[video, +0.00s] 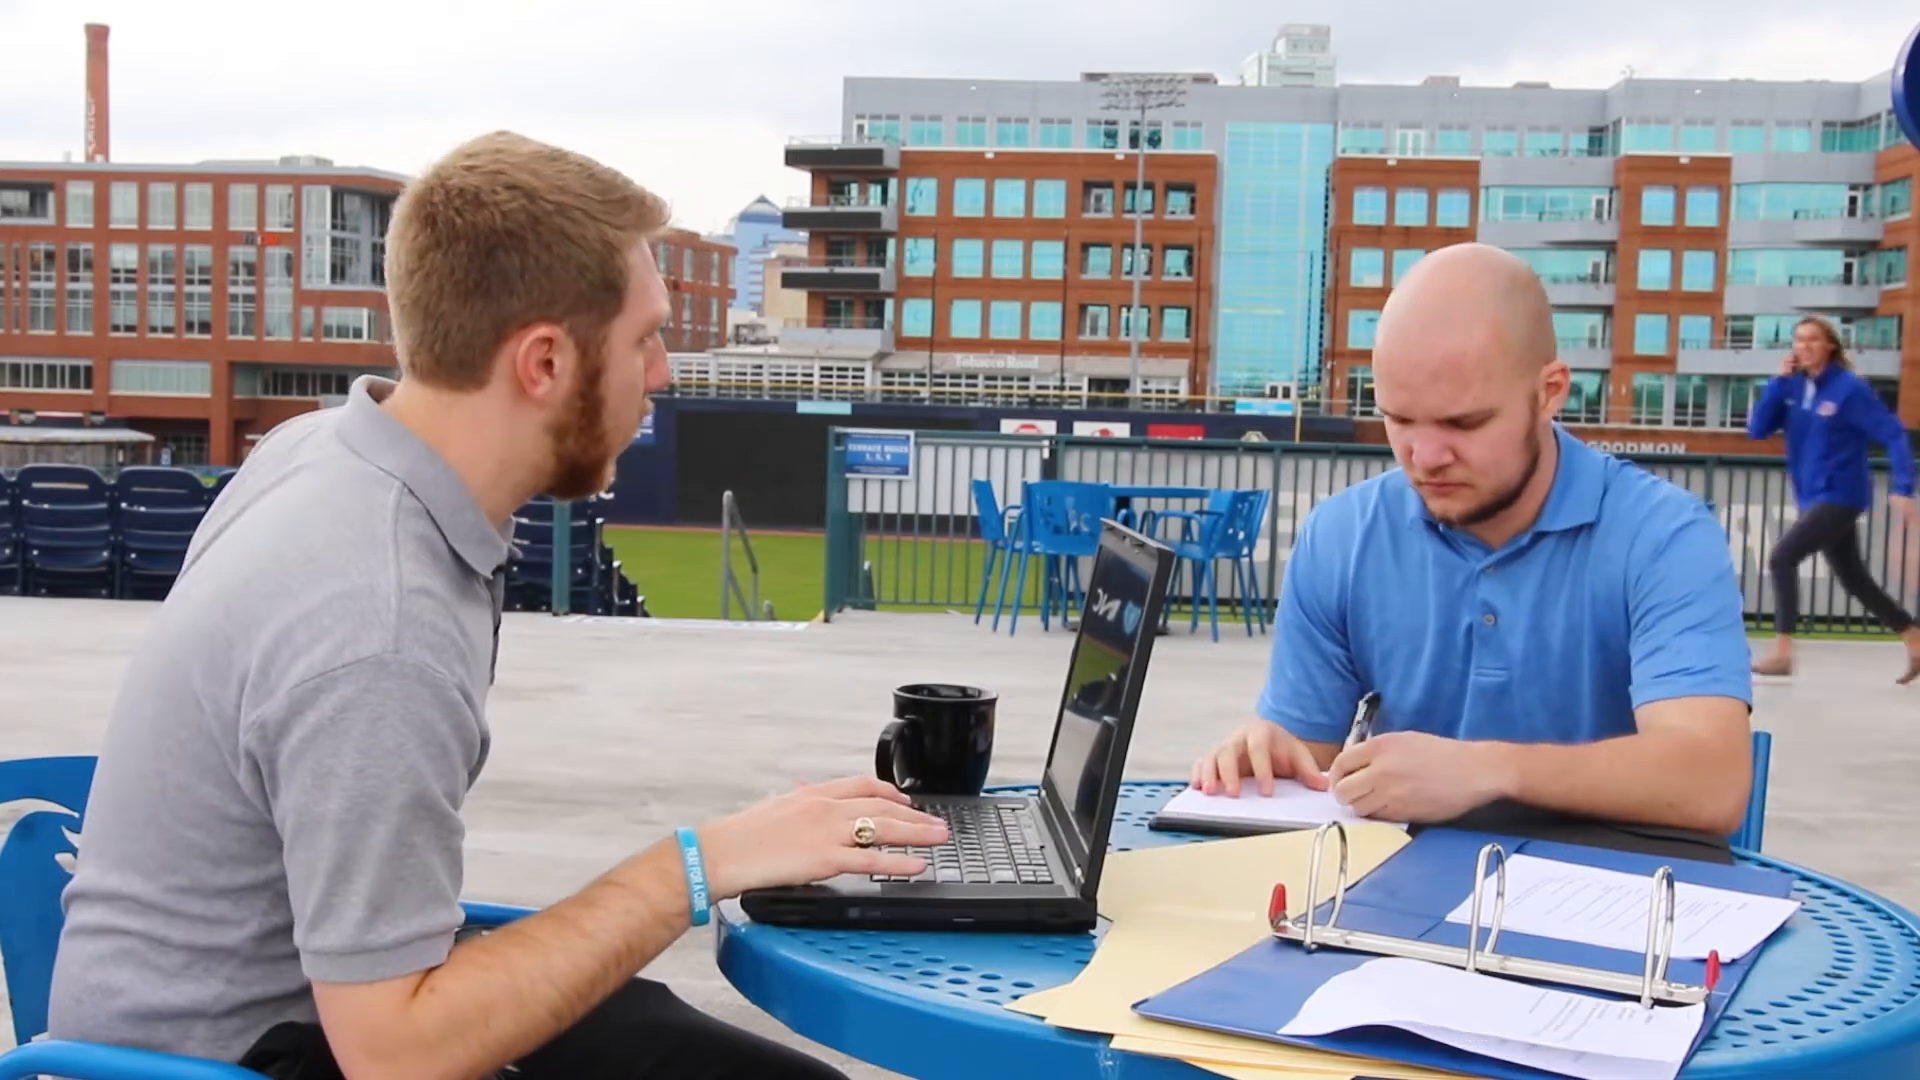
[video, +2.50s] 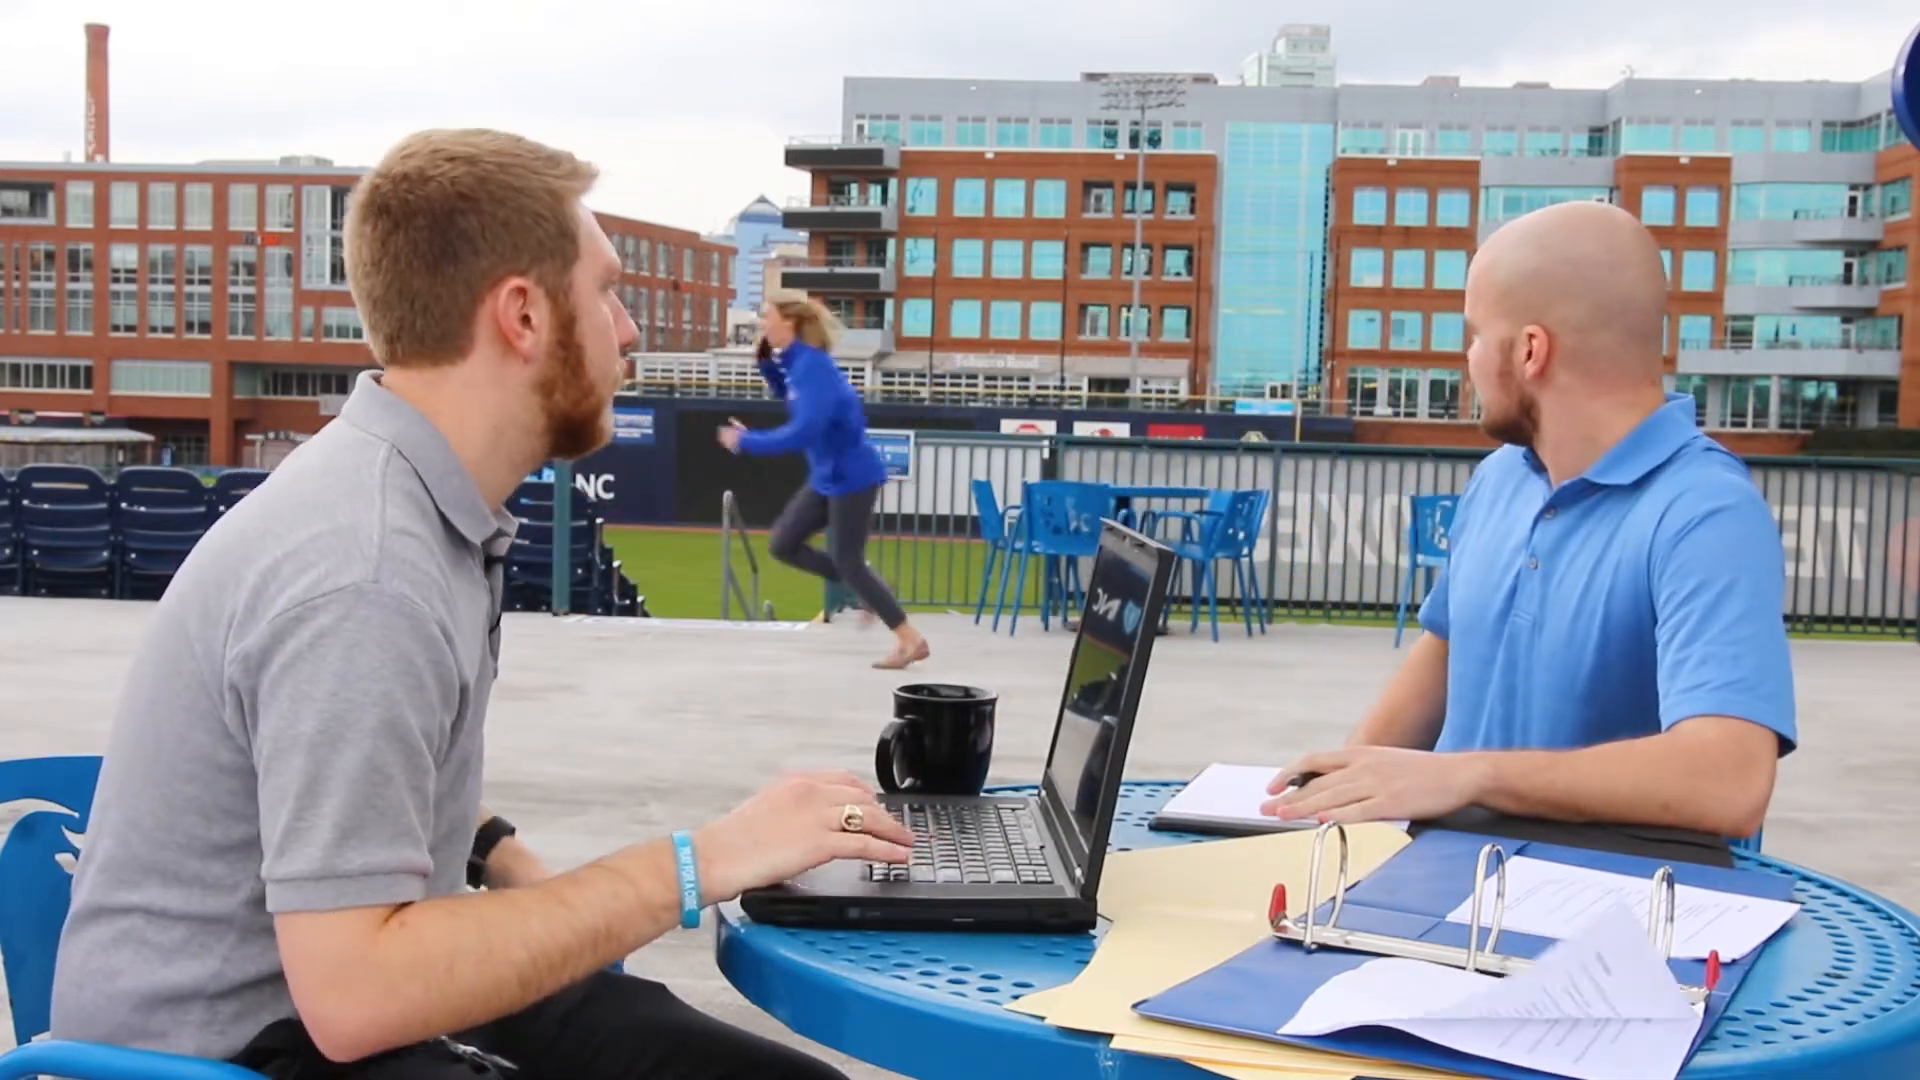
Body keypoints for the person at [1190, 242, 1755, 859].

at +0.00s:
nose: (1425, 458)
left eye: (1464, 424)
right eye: (1400, 421)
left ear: (1550, 393)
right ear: (1379, 393)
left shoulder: (1661, 536)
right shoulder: (1341, 538)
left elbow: (1707, 783)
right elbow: (1308, 755)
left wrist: (1486, 769)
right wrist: (1261, 753)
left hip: (1615, 908)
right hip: (1395, 893)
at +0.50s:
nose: (1424, 461)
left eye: (1464, 427)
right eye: (1398, 424)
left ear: (1548, 395)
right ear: (1377, 394)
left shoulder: (1658, 537)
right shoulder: (1336, 542)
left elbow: (1706, 781)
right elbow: (1306, 756)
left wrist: (1480, 770)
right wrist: (1261, 753)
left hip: (1613, 906)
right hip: (1399, 893)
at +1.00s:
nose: (1431, 456)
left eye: (1473, 422)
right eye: (1406, 418)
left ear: (1556, 394)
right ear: (1384, 385)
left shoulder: (1660, 535)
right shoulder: (1341, 537)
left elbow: (1705, 778)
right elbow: (1308, 754)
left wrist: (1477, 769)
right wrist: (1261, 751)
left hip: (1613, 902)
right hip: (1397, 886)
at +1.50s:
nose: (1429, 423)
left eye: (1472, 393)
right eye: (1413, 383)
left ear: (1568, 387)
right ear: (1397, 367)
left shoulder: (1669, 533)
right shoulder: (1353, 528)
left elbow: (1707, 776)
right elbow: (1315, 741)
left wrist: (1476, 776)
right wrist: (1267, 743)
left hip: (1614, 901)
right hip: (1400, 883)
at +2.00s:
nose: (1454, 356)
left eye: (1459, 332)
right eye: (1454, 331)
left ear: (1510, 348)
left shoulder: (1701, 501)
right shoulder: (1492, 479)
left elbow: (1726, 779)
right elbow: (1438, 644)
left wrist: (1466, 774)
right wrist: (1355, 763)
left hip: (1638, 918)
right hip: (1455, 882)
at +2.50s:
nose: (1465, 359)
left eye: (1473, 334)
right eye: (1467, 333)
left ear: (1531, 351)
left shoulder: (1705, 507)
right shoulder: (1500, 479)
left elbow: (1727, 780)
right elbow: (1447, 643)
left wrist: (1469, 773)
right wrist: (1361, 760)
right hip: (1460, 880)